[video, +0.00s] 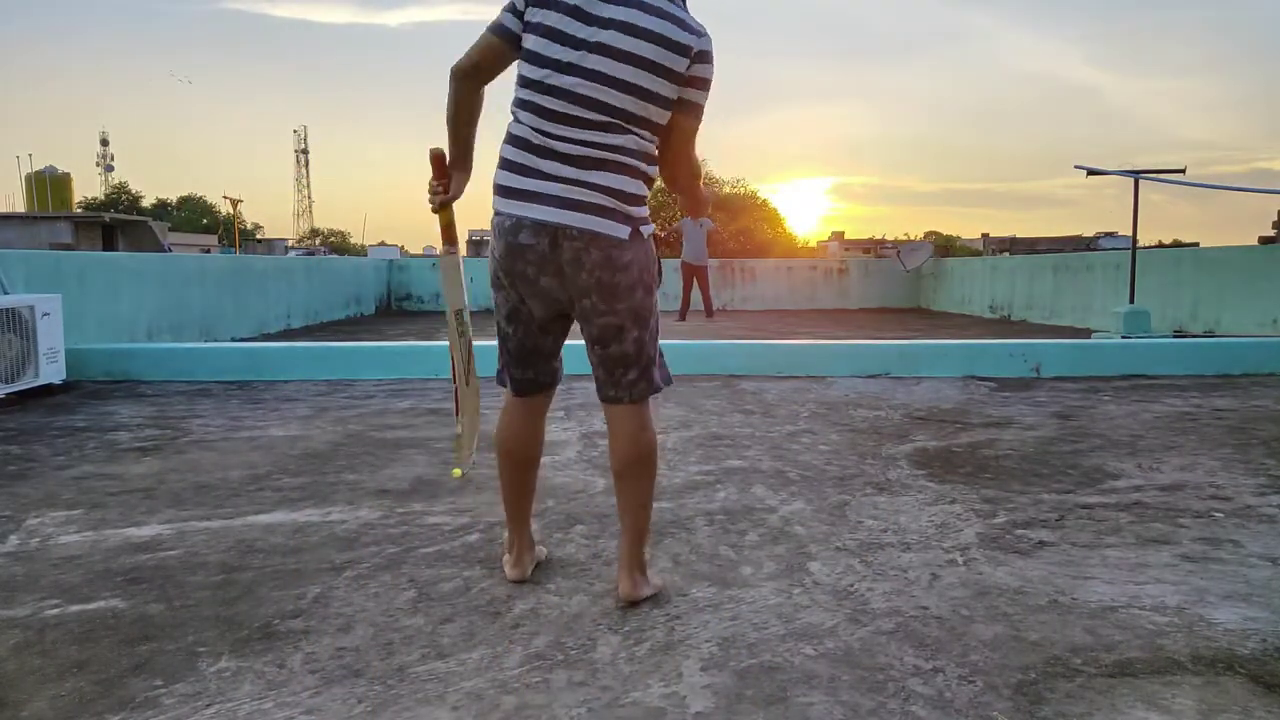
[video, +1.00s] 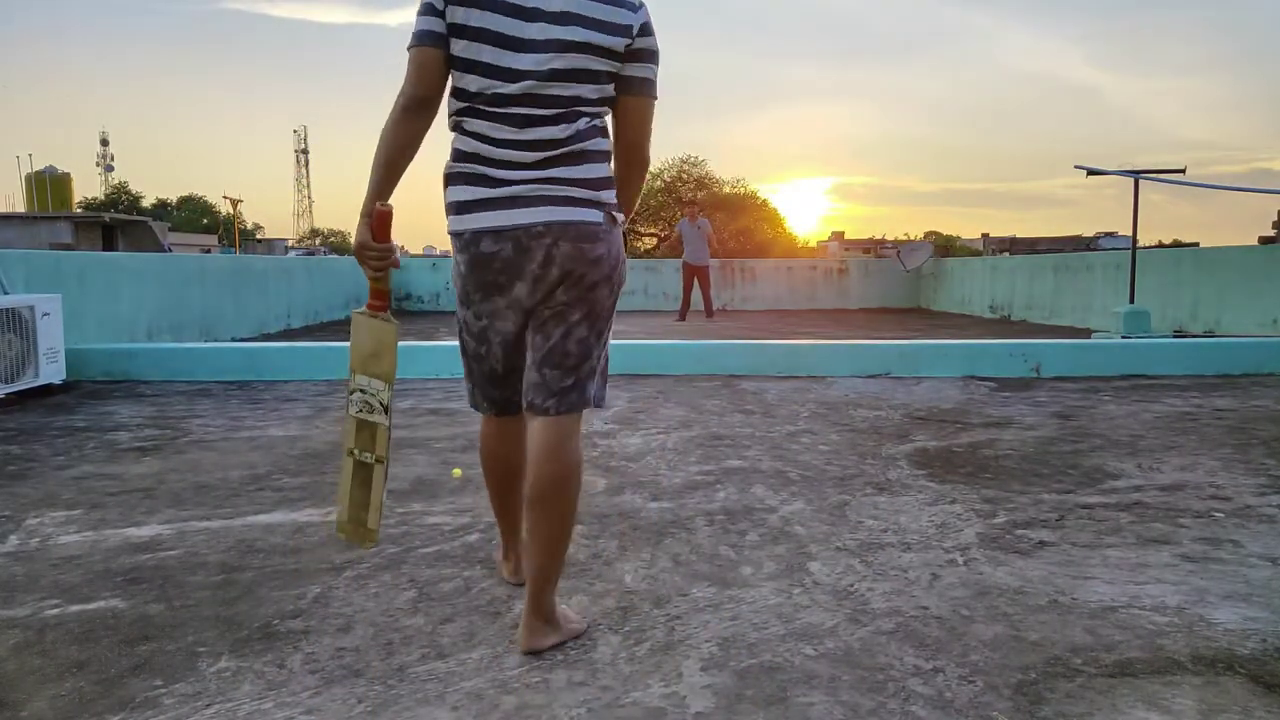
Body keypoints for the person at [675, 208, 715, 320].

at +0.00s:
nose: (693, 212)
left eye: (696, 209)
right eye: (691, 209)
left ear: (701, 209)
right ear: (687, 209)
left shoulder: (705, 222)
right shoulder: (684, 222)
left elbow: (716, 233)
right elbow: (672, 229)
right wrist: (664, 232)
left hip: (701, 260)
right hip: (687, 260)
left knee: (705, 290)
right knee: (686, 290)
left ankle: (710, 314)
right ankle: (682, 316)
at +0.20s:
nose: (693, 210)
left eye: (695, 207)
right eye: (691, 207)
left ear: (699, 208)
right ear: (688, 209)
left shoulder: (705, 223)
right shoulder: (684, 223)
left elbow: (714, 240)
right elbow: (677, 240)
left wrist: (720, 257)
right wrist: (667, 256)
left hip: (701, 262)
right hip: (687, 261)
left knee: (705, 291)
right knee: (686, 290)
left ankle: (710, 315)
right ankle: (682, 315)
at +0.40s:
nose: (693, 209)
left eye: (695, 206)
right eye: (691, 206)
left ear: (699, 208)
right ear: (687, 209)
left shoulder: (705, 222)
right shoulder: (683, 223)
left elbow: (709, 235)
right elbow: (681, 235)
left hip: (702, 261)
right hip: (687, 260)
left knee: (705, 291)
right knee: (686, 290)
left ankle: (709, 315)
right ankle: (682, 315)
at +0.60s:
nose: (693, 208)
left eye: (695, 205)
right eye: (690, 206)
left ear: (700, 207)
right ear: (687, 208)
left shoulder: (705, 222)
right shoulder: (683, 223)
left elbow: (707, 235)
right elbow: (682, 236)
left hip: (702, 261)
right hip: (687, 260)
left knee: (705, 291)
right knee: (686, 290)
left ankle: (709, 314)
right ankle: (682, 315)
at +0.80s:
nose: (691, 210)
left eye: (693, 207)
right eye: (689, 207)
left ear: (698, 209)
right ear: (685, 210)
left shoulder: (704, 222)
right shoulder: (683, 223)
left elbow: (712, 240)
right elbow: (678, 241)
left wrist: (719, 256)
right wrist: (672, 257)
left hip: (702, 262)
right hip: (688, 261)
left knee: (705, 291)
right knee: (686, 291)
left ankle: (709, 315)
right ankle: (682, 315)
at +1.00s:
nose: (691, 210)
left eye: (693, 207)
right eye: (689, 207)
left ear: (697, 209)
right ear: (685, 210)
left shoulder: (704, 223)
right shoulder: (682, 223)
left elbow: (711, 237)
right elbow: (675, 238)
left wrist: (714, 247)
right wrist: (666, 245)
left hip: (702, 261)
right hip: (688, 260)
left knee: (706, 291)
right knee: (686, 290)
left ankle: (709, 315)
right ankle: (682, 315)